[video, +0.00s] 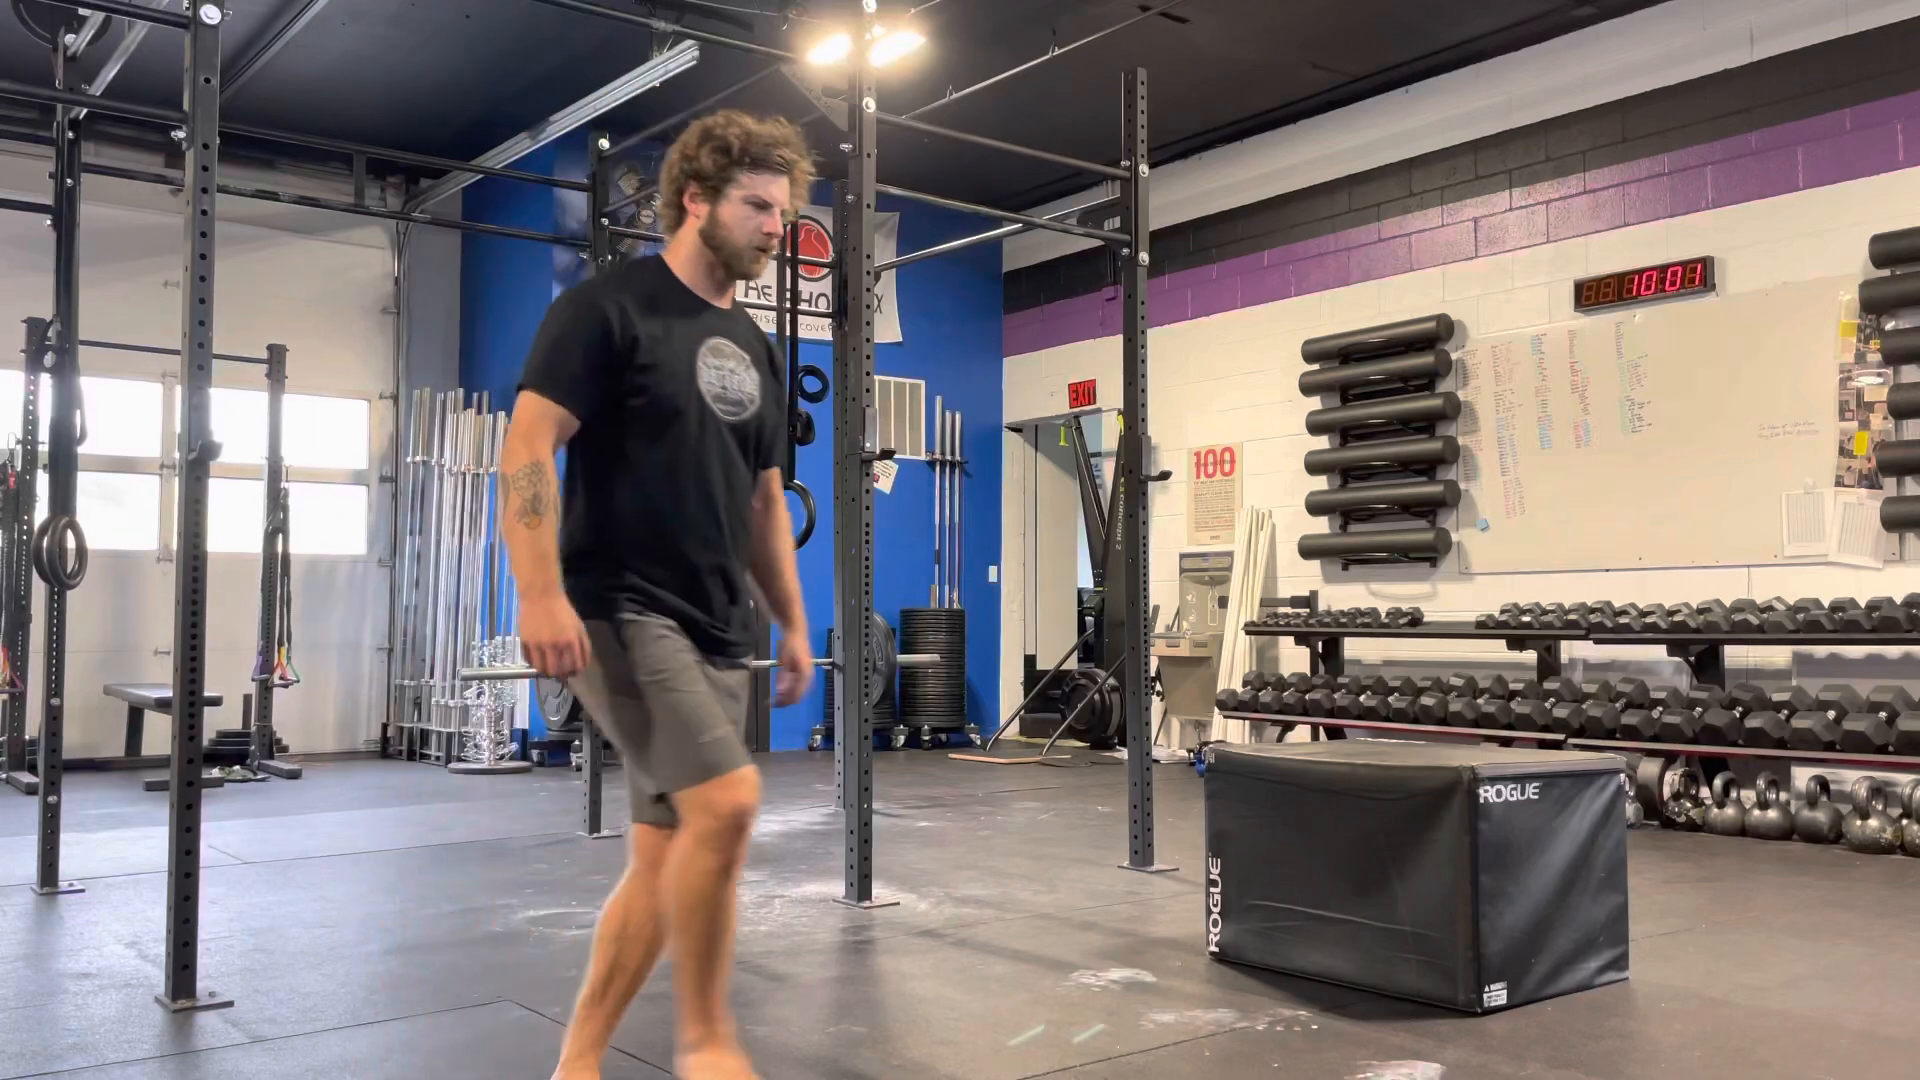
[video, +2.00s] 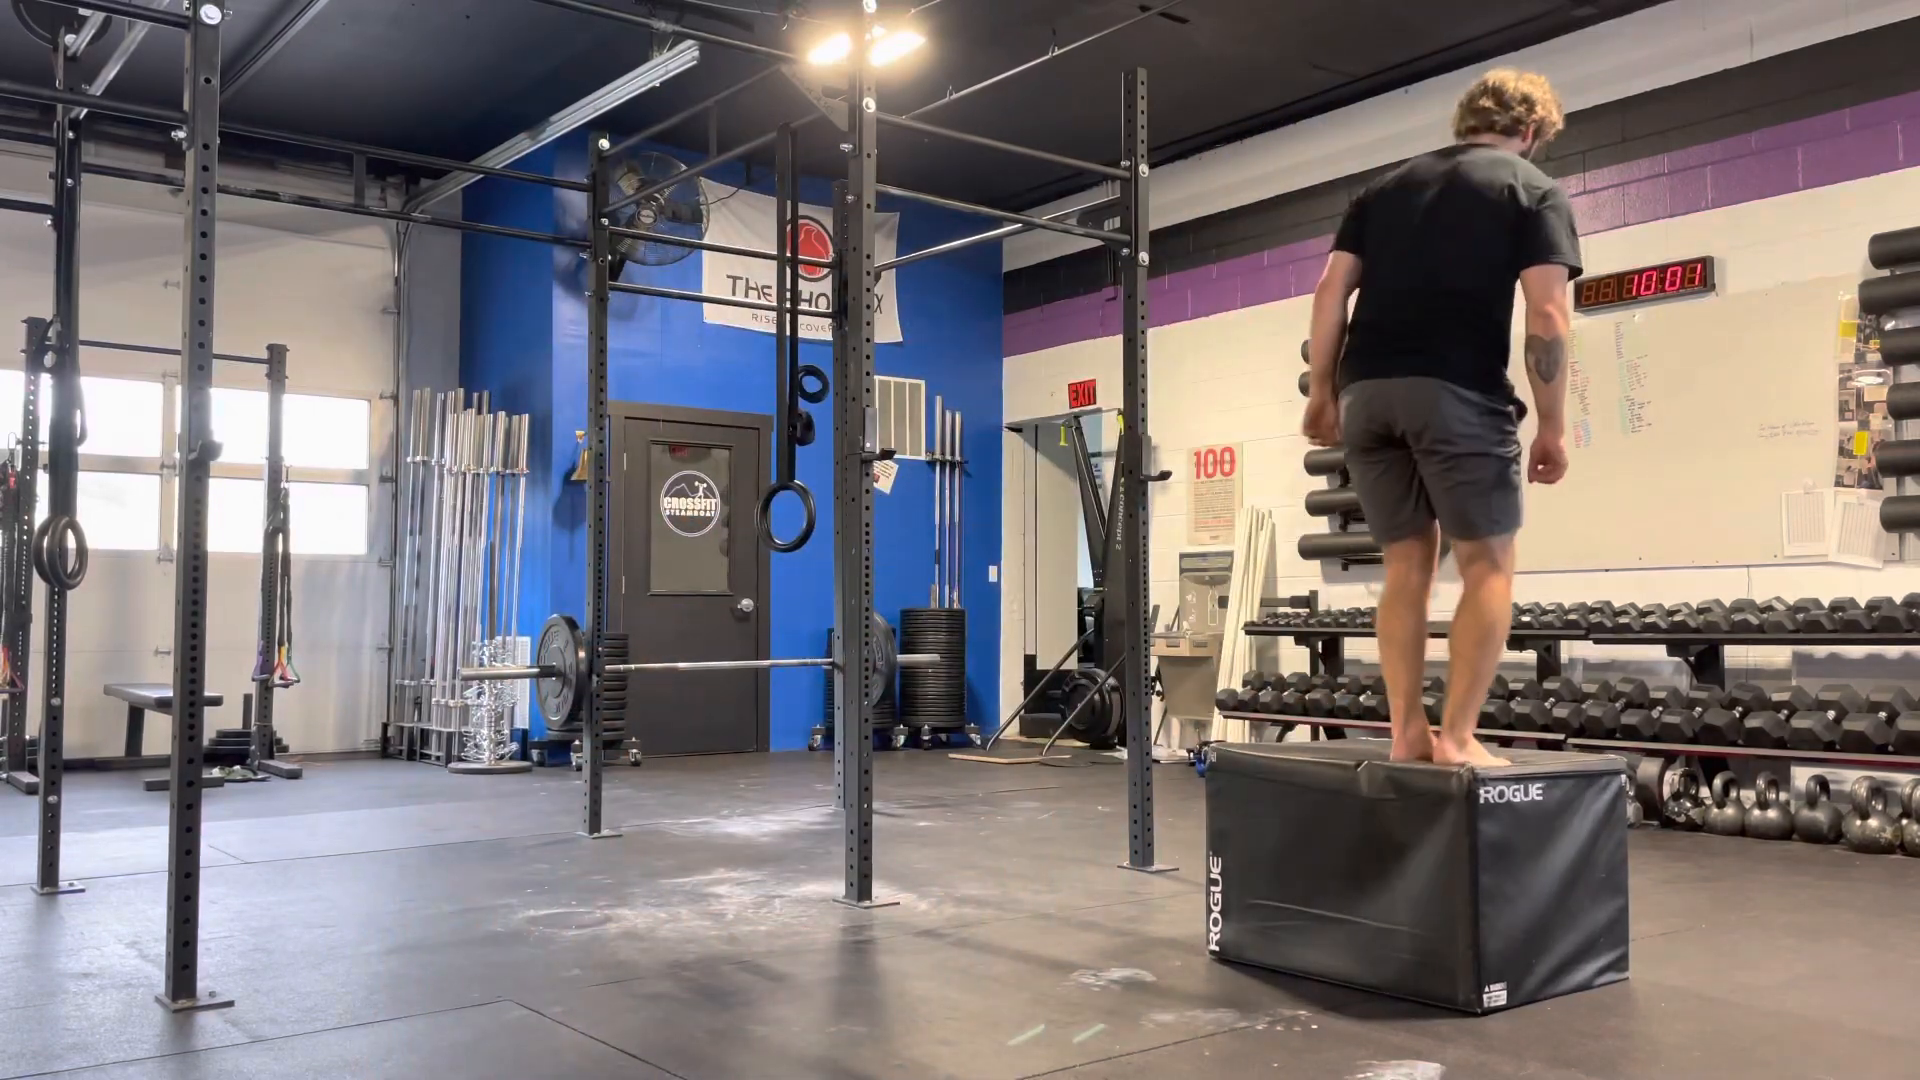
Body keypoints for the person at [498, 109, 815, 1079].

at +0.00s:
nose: (776, 226)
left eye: (783, 211)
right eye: (758, 205)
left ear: (779, 220)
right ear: (695, 202)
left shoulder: (756, 348)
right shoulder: (604, 306)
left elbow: (766, 495)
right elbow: (524, 450)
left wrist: (793, 620)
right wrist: (538, 595)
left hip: (723, 621)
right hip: (623, 605)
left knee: (661, 861)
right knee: (726, 798)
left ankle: (578, 1058)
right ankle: (706, 1043)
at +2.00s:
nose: (1543, 151)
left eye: (1546, 142)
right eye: (1545, 141)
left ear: (1466, 123)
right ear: (1530, 131)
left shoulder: (1386, 186)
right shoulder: (1531, 188)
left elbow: (1330, 290)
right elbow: (1547, 318)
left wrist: (1321, 392)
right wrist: (1551, 427)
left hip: (1365, 391)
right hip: (1456, 391)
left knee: (1404, 560)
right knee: (1486, 568)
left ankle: (1407, 736)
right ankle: (1455, 740)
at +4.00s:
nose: (1089, 269)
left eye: (1084, 255)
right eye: (1075, 254)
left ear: (1032, 271)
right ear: (1034, 267)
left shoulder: (1024, 357)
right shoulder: (1008, 348)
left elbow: (1028, 505)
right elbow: (978, 474)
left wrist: (1089, 591)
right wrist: (1032, 595)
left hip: (967, 616)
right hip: (1000, 615)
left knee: (985, 796)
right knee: (1099, 788)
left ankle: (910, 994)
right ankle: (1141, 984)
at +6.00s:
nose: (604, 179)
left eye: (612, 164)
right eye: (585, 157)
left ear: (614, 176)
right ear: (517, 156)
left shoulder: (605, 312)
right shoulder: (419, 275)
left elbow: (617, 464)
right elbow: (355, 449)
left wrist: (642, 594)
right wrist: (353, 606)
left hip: (579, 627)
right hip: (448, 620)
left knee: (573, 847)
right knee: (418, 856)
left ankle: (543, 1063)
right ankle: (389, 1071)